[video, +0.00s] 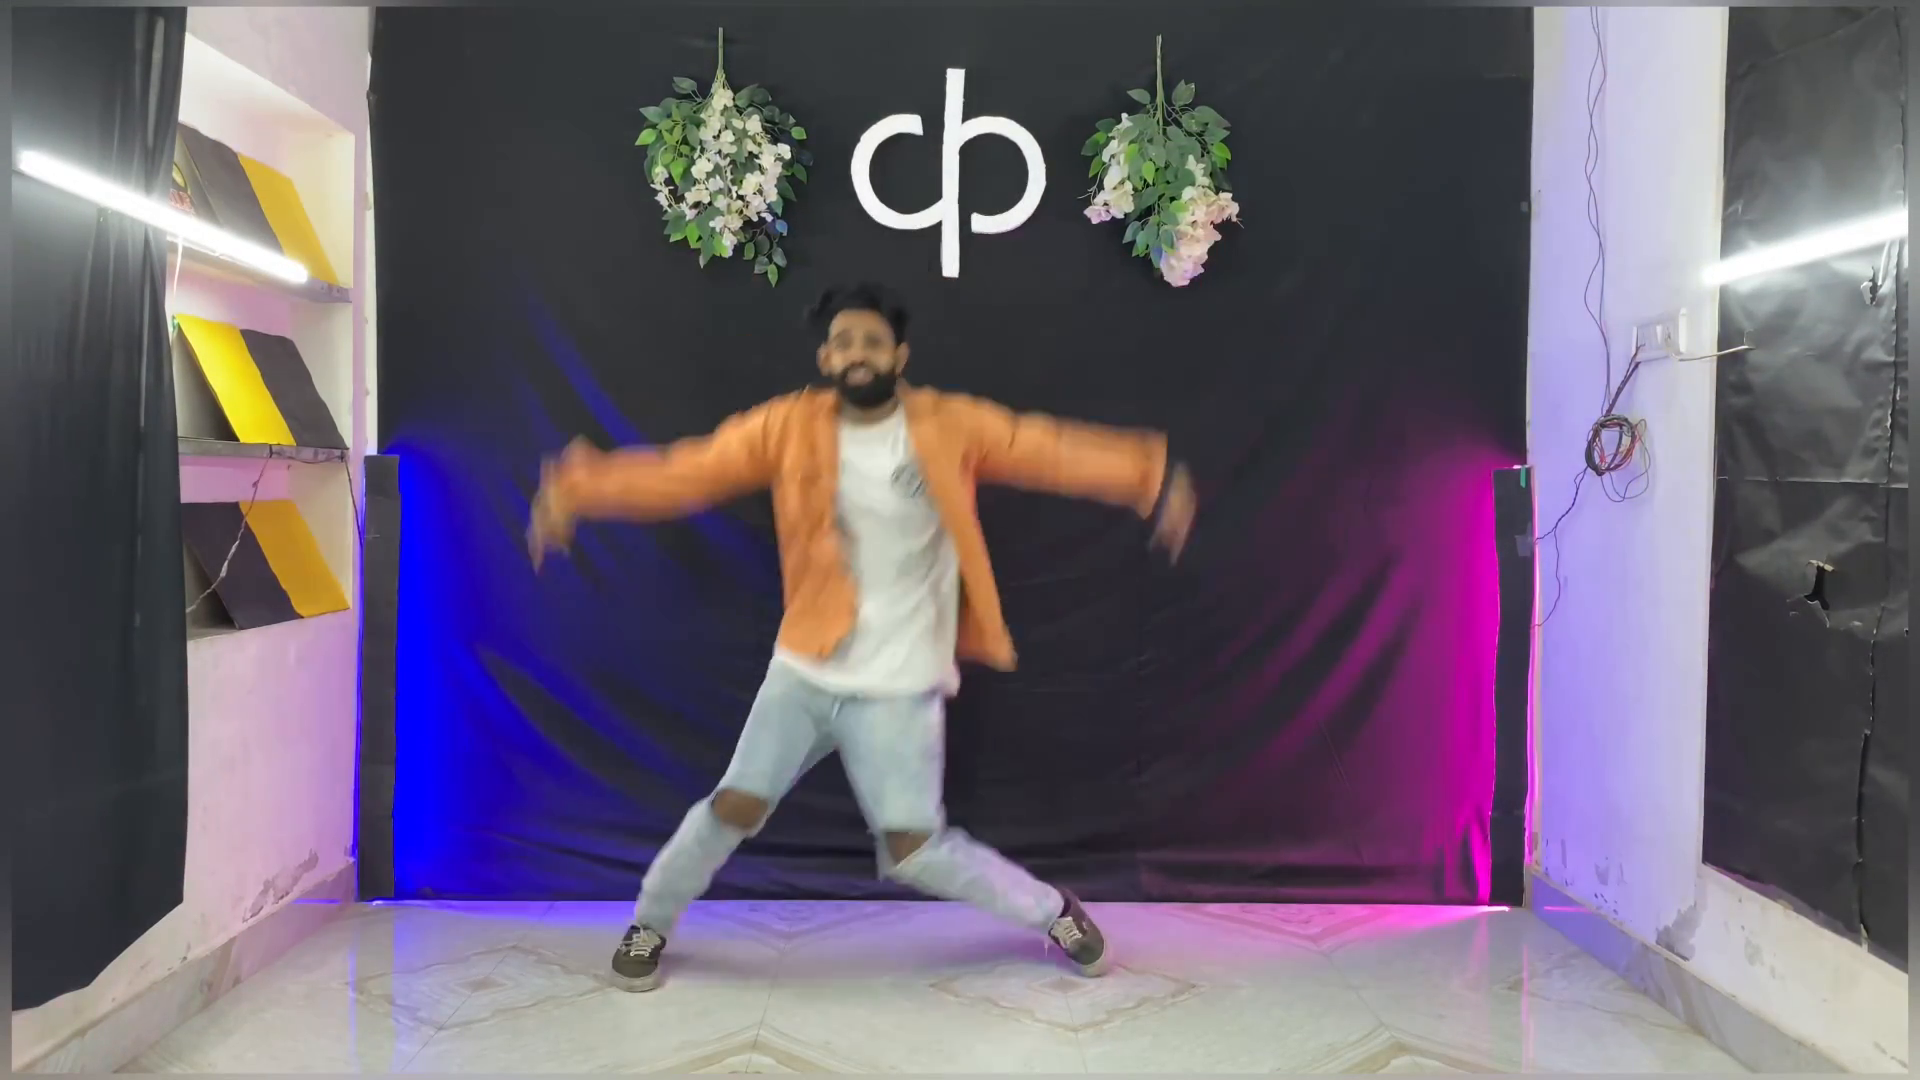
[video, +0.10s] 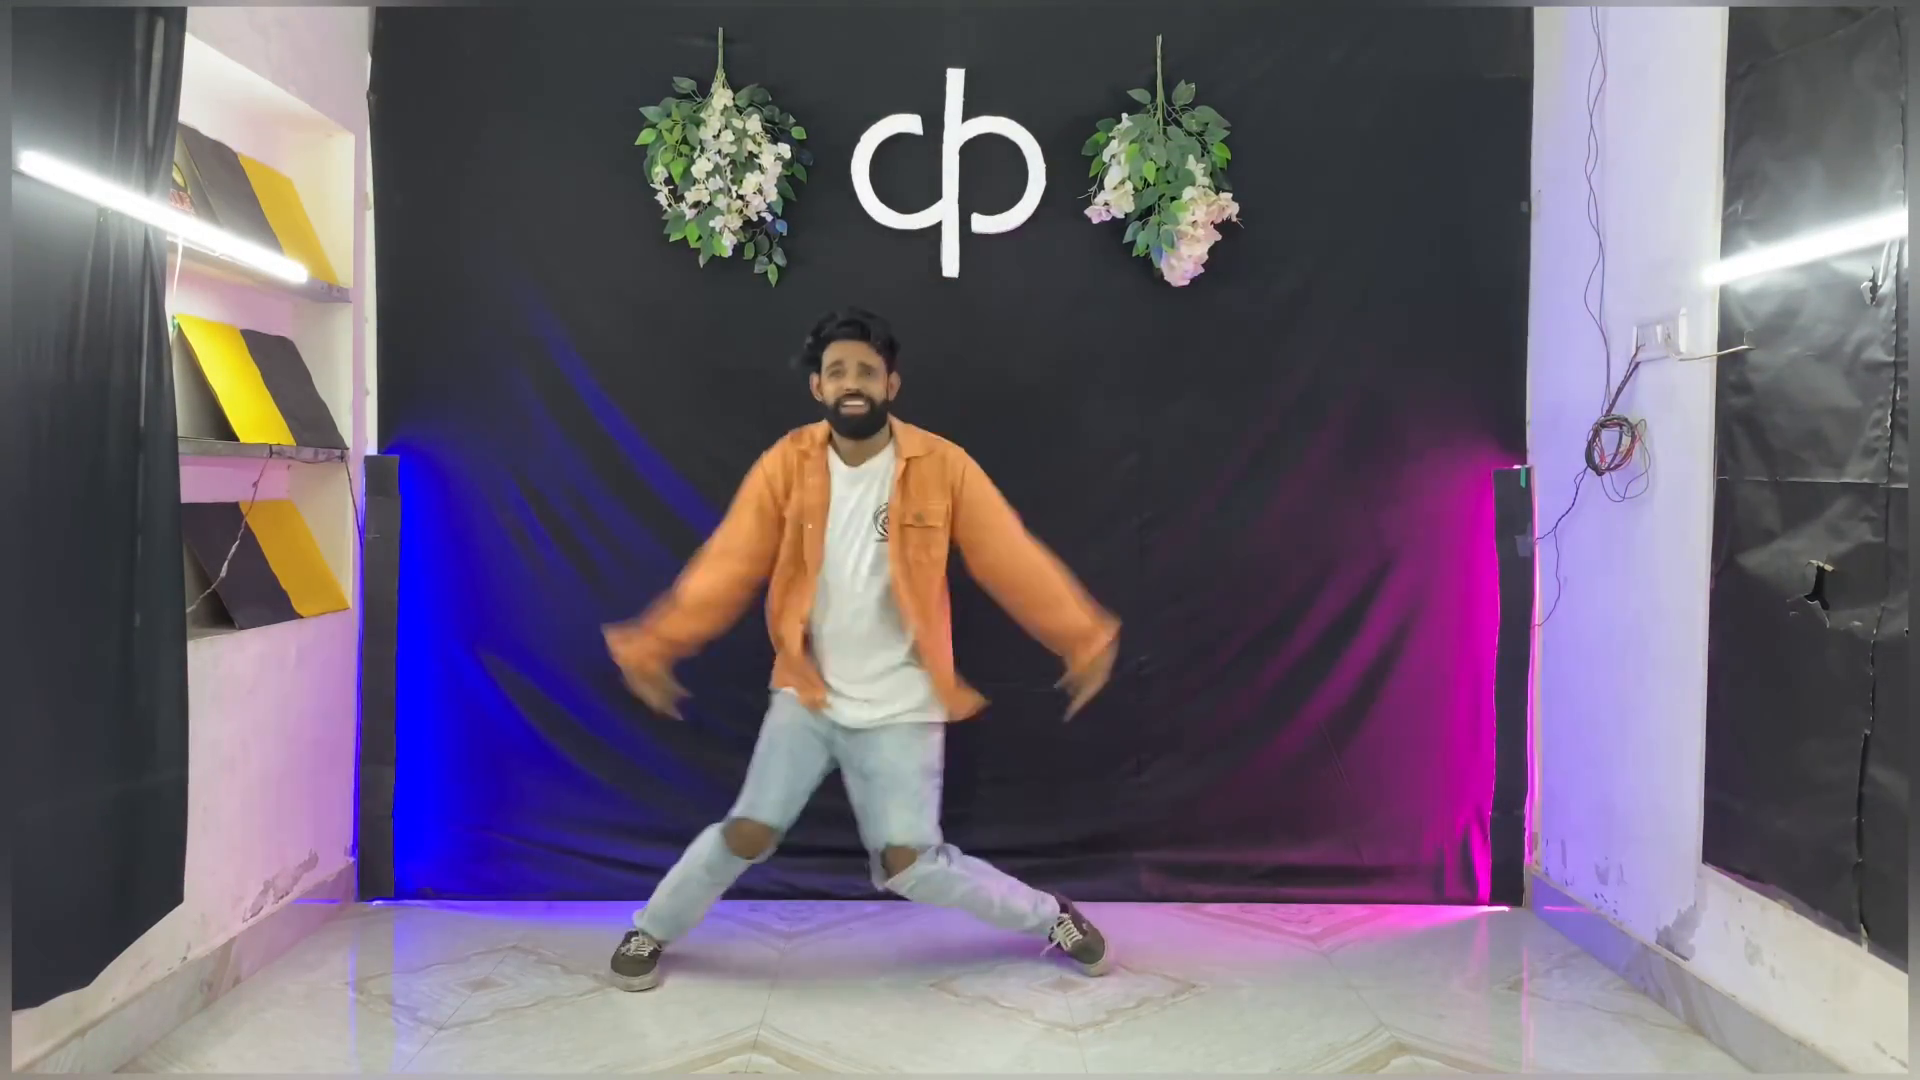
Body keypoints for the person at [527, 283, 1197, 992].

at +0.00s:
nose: (855, 356)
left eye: (871, 343)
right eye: (841, 344)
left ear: (901, 352)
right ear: (823, 358)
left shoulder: (950, 426)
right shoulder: (791, 427)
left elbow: (1051, 449)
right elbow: (685, 472)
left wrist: (1149, 470)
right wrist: (580, 484)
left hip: (902, 679)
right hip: (804, 667)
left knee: (912, 856)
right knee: (734, 808)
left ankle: (1054, 914)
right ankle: (648, 926)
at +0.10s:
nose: (852, 384)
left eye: (866, 371)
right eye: (836, 371)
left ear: (892, 385)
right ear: (815, 388)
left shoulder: (940, 468)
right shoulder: (788, 465)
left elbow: (1008, 555)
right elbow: (729, 563)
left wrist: (1082, 632)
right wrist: (655, 641)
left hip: (902, 697)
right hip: (805, 688)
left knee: (907, 866)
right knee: (750, 831)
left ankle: (1052, 918)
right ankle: (648, 934)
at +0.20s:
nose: (882, 372)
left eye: (896, 358)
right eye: (866, 359)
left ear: (920, 370)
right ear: (842, 374)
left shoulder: (963, 449)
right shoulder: (818, 452)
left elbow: (991, 559)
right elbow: (805, 559)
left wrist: (1007, 664)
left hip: (948, 679)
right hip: (854, 684)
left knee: (965, 825)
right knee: (789, 825)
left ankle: (1060, 924)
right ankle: (661, 928)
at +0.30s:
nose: (928, 347)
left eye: (942, 333)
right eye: (912, 333)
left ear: (965, 343)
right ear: (887, 344)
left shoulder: (1002, 405)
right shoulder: (869, 417)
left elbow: (1019, 520)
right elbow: (872, 533)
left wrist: (963, 595)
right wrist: (940, 545)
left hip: (1003, 632)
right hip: (909, 640)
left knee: (1034, 777)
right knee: (857, 791)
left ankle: (1062, 921)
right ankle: (722, 909)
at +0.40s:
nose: (963, 312)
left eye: (977, 299)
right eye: (947, 298)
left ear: (1001, 310)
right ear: (923, 312)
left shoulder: (1035, 377)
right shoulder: (901, 383)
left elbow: (1086, 481)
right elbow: (856, 498)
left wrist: (1069, 481)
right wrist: (889, 445)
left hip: (1029, 605)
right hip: (939, 603)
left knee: (1060, 764)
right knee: (920, 751)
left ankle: (1066, 915)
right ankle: (882, 886)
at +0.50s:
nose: (992, 264)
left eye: (1006, 252)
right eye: (975, 251)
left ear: (1026, 268)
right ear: (948, 268)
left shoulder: (1059, 346)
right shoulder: (912, 350)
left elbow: (1107, 443)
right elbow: (872, 449)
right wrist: (819, 416)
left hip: (1046, 587)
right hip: (952, 589)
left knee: (1073, 747)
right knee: (945, 742)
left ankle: (1068, 910)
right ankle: (989, 867)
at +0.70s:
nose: (1023, 242)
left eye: (1036, 231)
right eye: (1007, 230)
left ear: (1055, 251)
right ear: (978, 248)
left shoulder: (1084, 337)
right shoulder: (942, 342)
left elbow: (1129, 438)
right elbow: (893, 447)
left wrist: (1218, 438)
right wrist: (804, 465)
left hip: (1071, 580)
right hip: (979, 581)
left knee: (1071, 743)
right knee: (984, 747)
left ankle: (1068, 911)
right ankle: (983, 909)